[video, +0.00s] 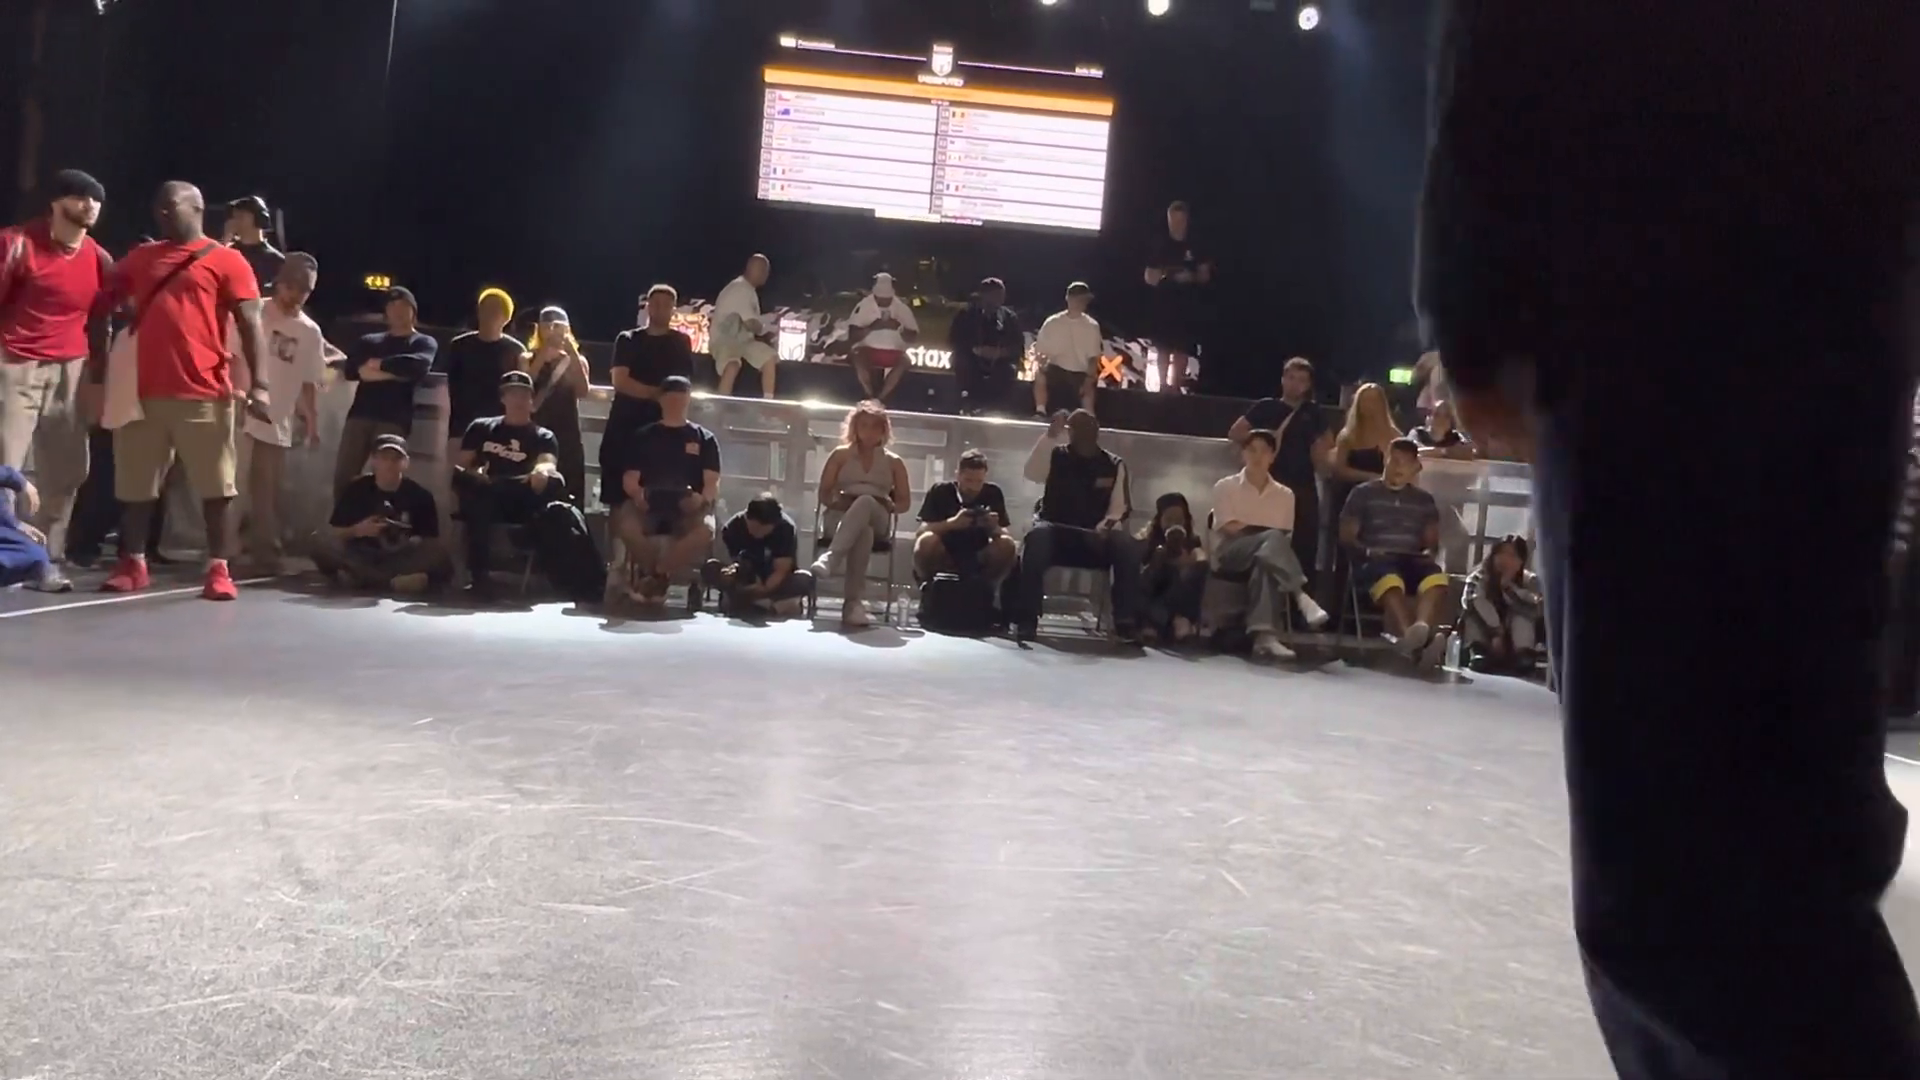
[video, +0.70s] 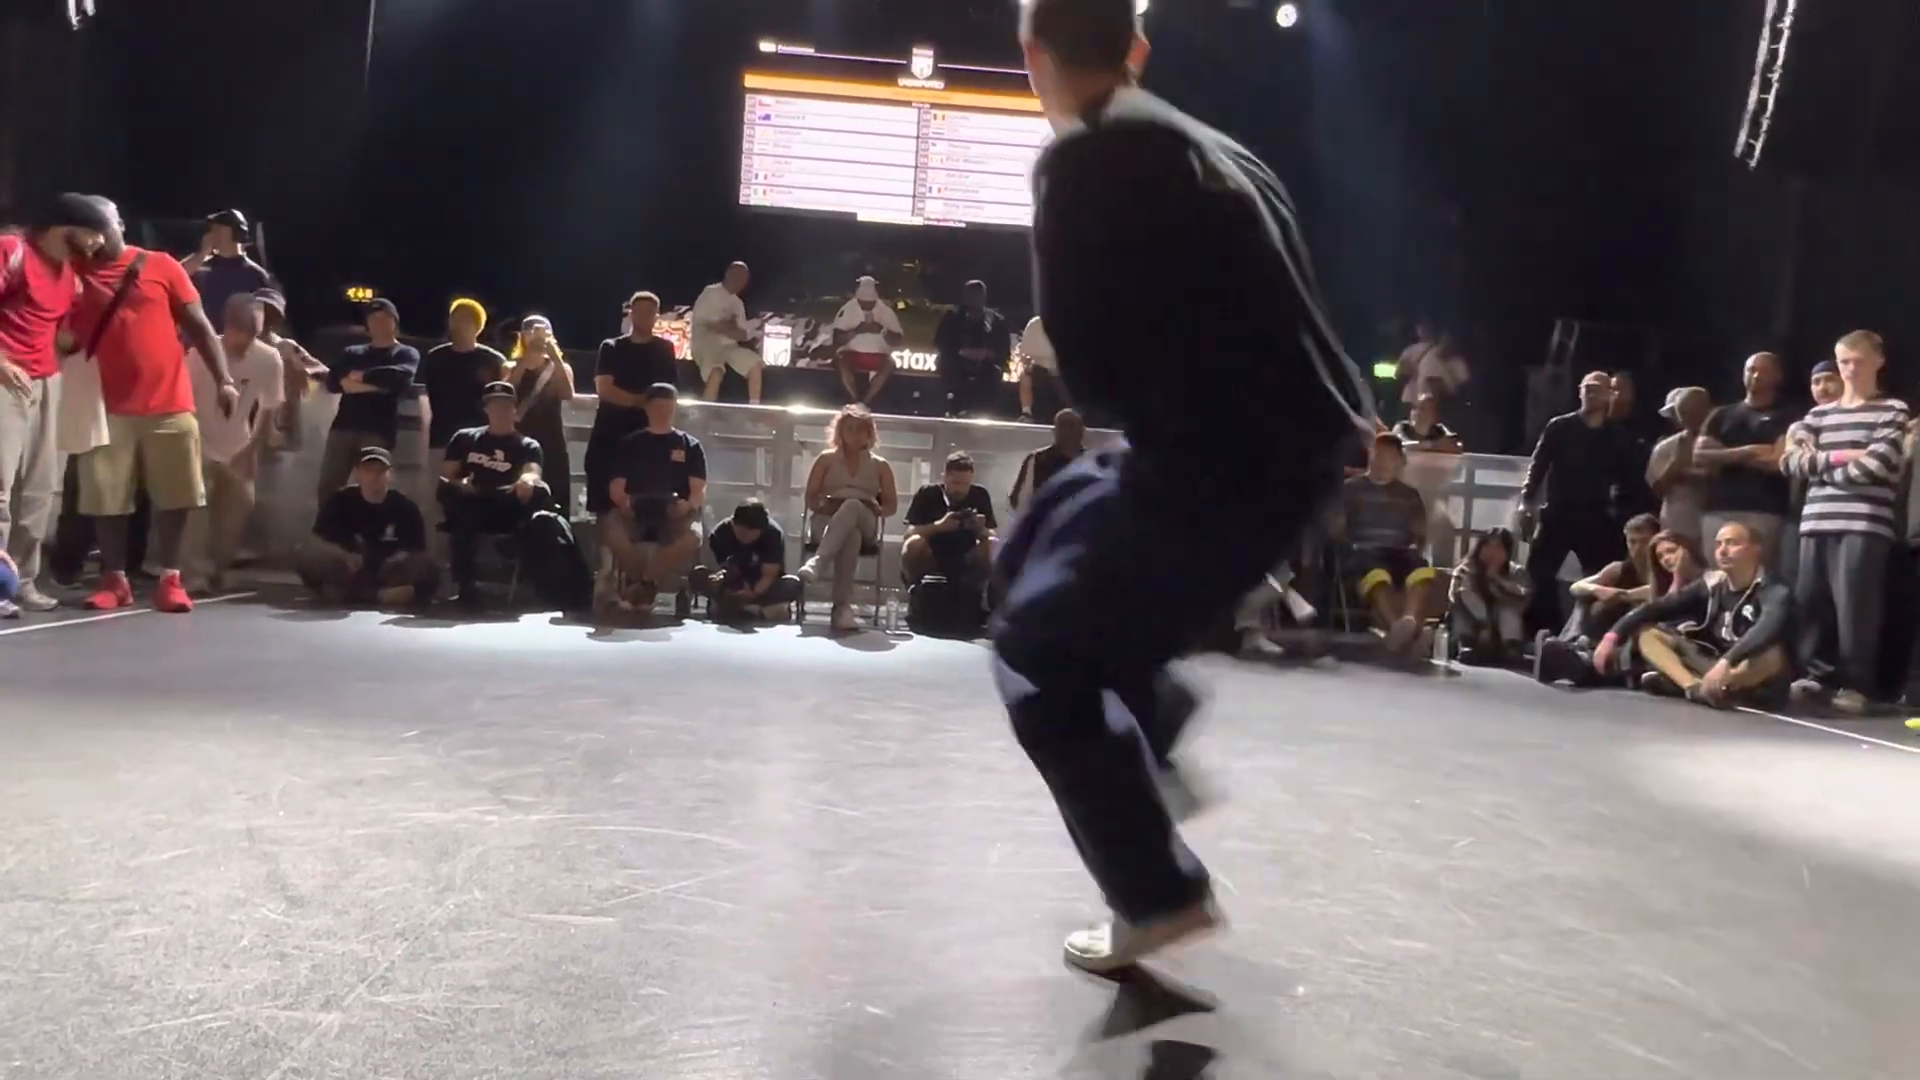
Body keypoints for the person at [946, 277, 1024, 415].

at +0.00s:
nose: (995, 300)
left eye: (998, 295)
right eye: (991, 295)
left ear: (1003, 296)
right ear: (983, 295)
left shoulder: (1009, 317)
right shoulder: (967, 316)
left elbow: (1017, 349)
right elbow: (955, 341)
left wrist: (999, 353)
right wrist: (976, 350)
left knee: (1009, 368)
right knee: (962, 357)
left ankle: (1002, 405)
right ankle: (965, 396)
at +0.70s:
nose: (974, 300)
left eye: (978, 296)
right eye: (971, 295)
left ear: (984, 298)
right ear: (964, 297)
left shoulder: (995, 320)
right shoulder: (952, 317)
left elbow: (1003, 350)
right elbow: (941, 342)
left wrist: (985, 354)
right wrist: (961, 353)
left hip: (985, 369)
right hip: (959, 369)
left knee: (995, 371)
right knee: (946, 360)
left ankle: (988, 409)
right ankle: (954, 404)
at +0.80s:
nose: (969, 304)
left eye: (973, 299)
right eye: (966, 299)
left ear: (980, 300)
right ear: (960, 299)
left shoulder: (992, 320)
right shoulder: (949, 318)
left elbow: (1000, 350)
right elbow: (938, 343)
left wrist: (982, 354)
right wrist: (958, 353)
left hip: (982, 369)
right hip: (955, 369)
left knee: (992, 372)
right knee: (942, 361)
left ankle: (985, 409)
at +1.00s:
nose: (967, 306)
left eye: (971, 302)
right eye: (964, 302)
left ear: (978, 303)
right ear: (958, 303)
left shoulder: (992, 324)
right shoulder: (949, 325)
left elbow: (996, 350)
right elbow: (939, 350)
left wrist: (982, 358)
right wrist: (957, 358)